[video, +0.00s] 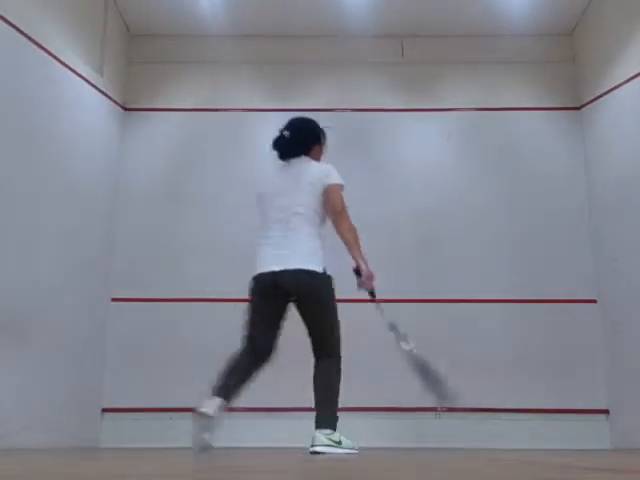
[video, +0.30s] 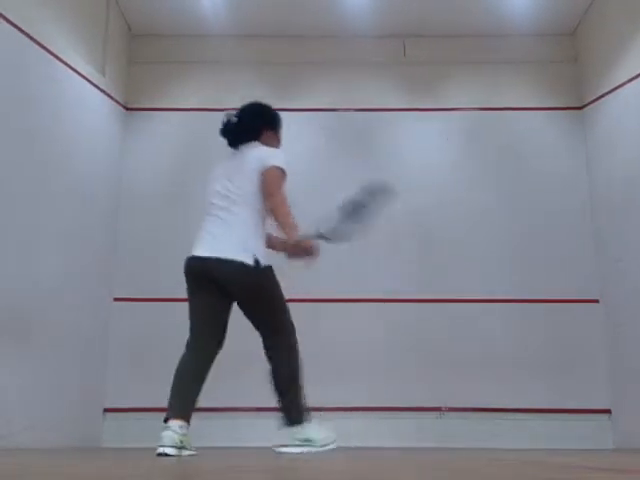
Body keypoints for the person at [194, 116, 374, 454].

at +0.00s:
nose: (324, 151)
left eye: (323, 145)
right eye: (322, 146)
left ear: (288, 146)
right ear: (314, 147)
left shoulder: (268, 177)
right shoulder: (323, 172)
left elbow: (270, 223)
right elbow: (339, 215)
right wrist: (360, 261)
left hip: (266, 274)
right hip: (308, 274)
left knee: (256, 348)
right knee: (327, 354)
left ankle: (215, 402)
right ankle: (325, 432)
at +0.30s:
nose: (280, 139)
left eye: (279, 132)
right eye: (278, 133)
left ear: (244, 134)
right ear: (267, 132)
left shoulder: (225, 165)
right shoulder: (268, 157)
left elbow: (238, 228)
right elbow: (274, 199)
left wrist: (286, 246)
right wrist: (296, 238)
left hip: (202, 262)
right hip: (244, 264)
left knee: (202, 343)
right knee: (280, 338)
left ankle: (175, 427)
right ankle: (297, 425)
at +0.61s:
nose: (274, 116)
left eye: (273, 109)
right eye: (271, 109)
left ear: (237, 112)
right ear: (256, 108)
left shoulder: (222, 144)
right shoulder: (253, 131)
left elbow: (191, 196)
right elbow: (237, 173)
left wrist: (152, 235)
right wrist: (226, 219)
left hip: (195, 247)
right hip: (226, 247)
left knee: (199, 336)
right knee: (228, 332)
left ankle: (174, 426)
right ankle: (193, 422)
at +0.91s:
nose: (279, 112)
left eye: (279, 105)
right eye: (277, 104)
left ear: (241, 106)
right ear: (261, 103)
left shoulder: (216, 138)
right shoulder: (260, 128)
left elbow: (190, 192)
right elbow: (259, 177)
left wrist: (154, 233)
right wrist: (277, 231)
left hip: (194, 243)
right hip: (223, 241)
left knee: (216, 332)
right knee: (236, 327)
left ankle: (199, 424)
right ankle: (194, 417)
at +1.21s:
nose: (276, 112)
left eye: (274, 105)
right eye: (273, 105)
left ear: (237, 106)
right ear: (261, 104)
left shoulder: (217, 142)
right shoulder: (269, 136)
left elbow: (211, 198)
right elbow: (281, 190)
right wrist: (311, 242)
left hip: (207, 246)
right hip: (249, 246)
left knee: (215, 337)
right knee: (282, 332)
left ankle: (196, 430)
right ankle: (299, 420)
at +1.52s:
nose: (304, 112)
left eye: (302, 107)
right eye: (303, 107)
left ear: (263, 111)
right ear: (297, 110)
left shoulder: (248, 145)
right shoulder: (313, 138)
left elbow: (223, 202)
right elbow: (329, 188)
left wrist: (241, 239)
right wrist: (342, 246)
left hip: (254, 242)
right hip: (303, 240)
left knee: (244, 332)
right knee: (315, 334)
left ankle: (221, 420)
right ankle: (322, 430)